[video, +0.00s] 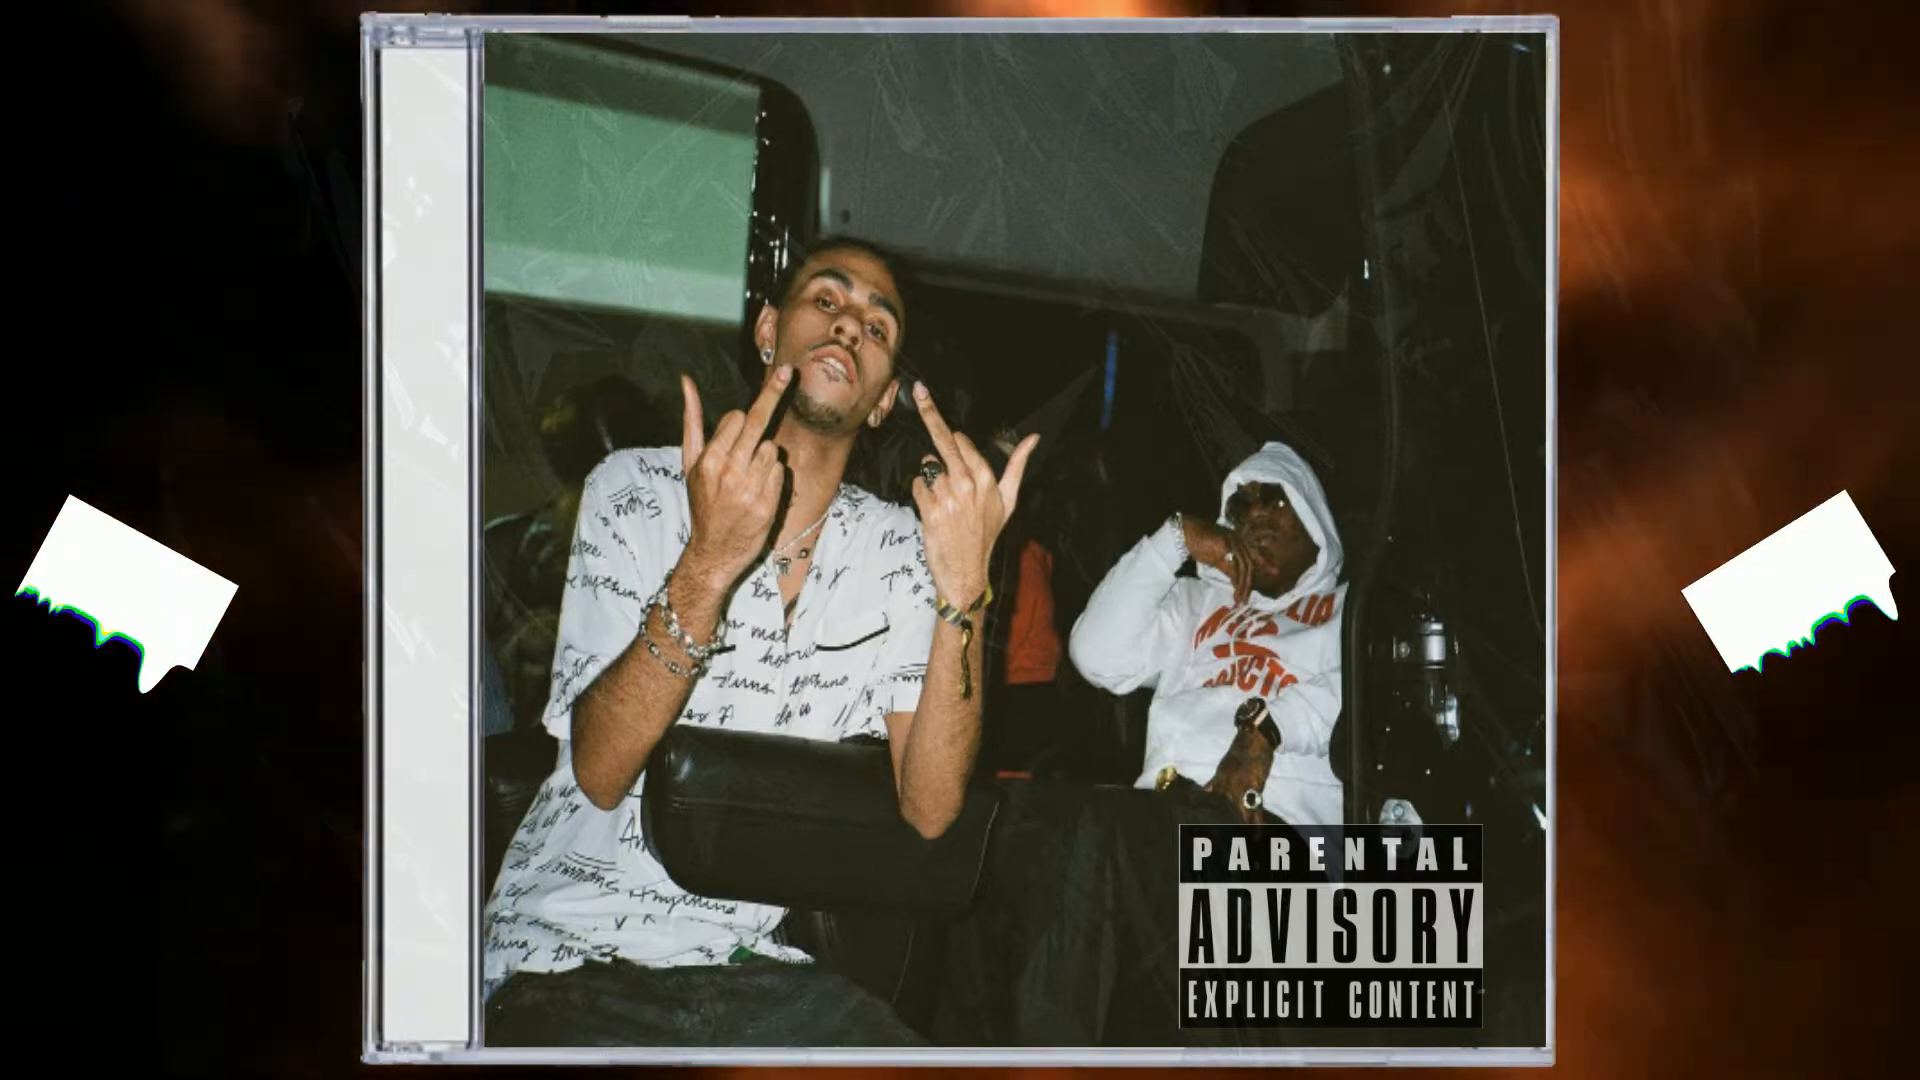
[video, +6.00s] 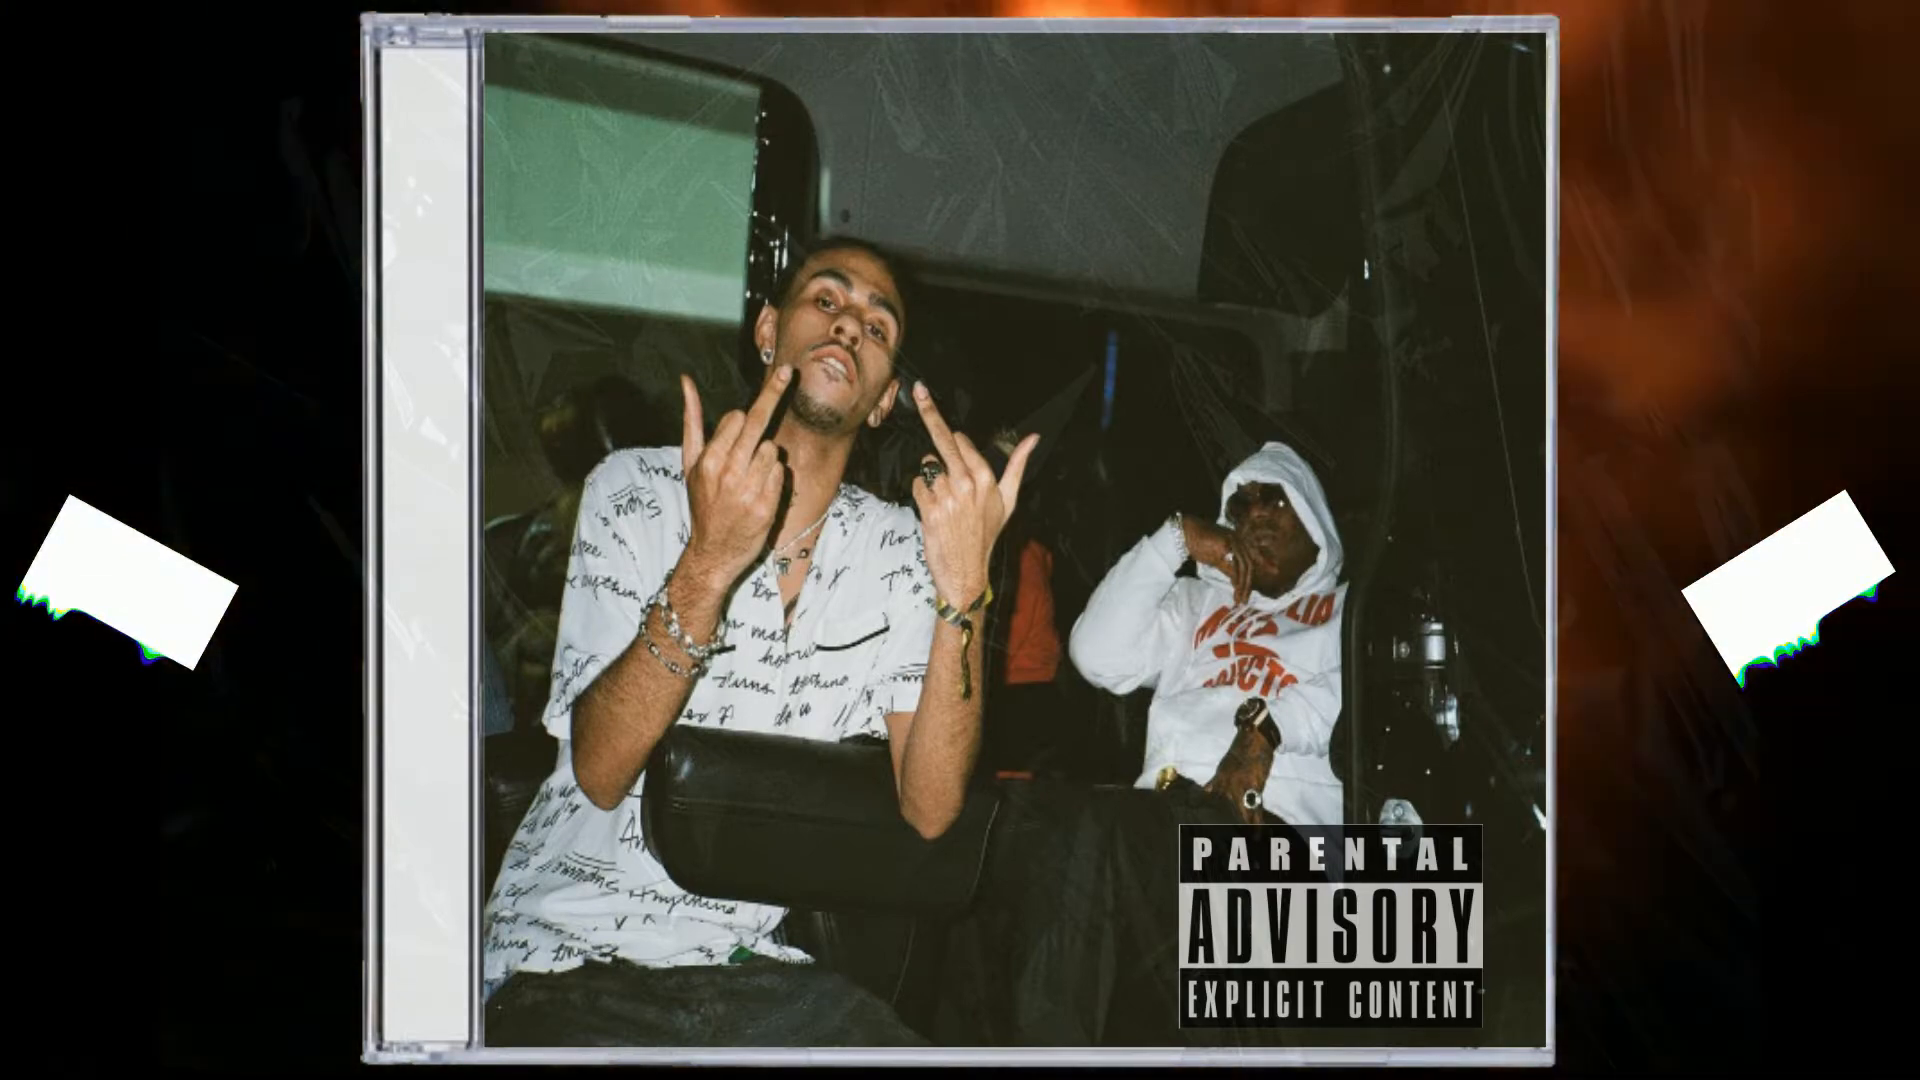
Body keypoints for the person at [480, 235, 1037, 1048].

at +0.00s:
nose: (852, 323)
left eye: (878, 324)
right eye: (826, 299)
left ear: (886, 397)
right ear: (766, 333)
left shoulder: (902, 550)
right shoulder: (637, 490)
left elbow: (930, 809)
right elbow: (601, 771)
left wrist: (965, 594)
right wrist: (709, 564)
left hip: (752, 956)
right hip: (567, 942)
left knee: (907, 1065)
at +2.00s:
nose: (851, 322)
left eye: (878, 323)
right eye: (826, 298)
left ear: (886, 396)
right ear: (767, 333)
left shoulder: (903, 550)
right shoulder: (637, 490)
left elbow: (931, 809)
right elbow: (601, 770)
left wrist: (966, 594)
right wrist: (709, 564)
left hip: (751, 956)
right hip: (568, 944)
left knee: (909, 1064)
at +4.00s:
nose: (851, 323)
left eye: (878, 323)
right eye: (826, 299)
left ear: (887, 395)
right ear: (767, 333)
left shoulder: (903, 550)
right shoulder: (638, 490)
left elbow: (931, 809)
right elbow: (601, 770)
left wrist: (965, 594)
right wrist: (710, 564)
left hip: (755, 956)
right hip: (570, 944)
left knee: (905, 1060)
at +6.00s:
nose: (851, 323)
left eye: (878, 323)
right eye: (826, 298)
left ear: (887, 395)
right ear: (767, 333)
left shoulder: (903, 550)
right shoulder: (638, 490)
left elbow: (931, 809)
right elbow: (601, 770)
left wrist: (966, 594)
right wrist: (710, 564)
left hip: (756, 956)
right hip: (571, 944)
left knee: (907, 1060)